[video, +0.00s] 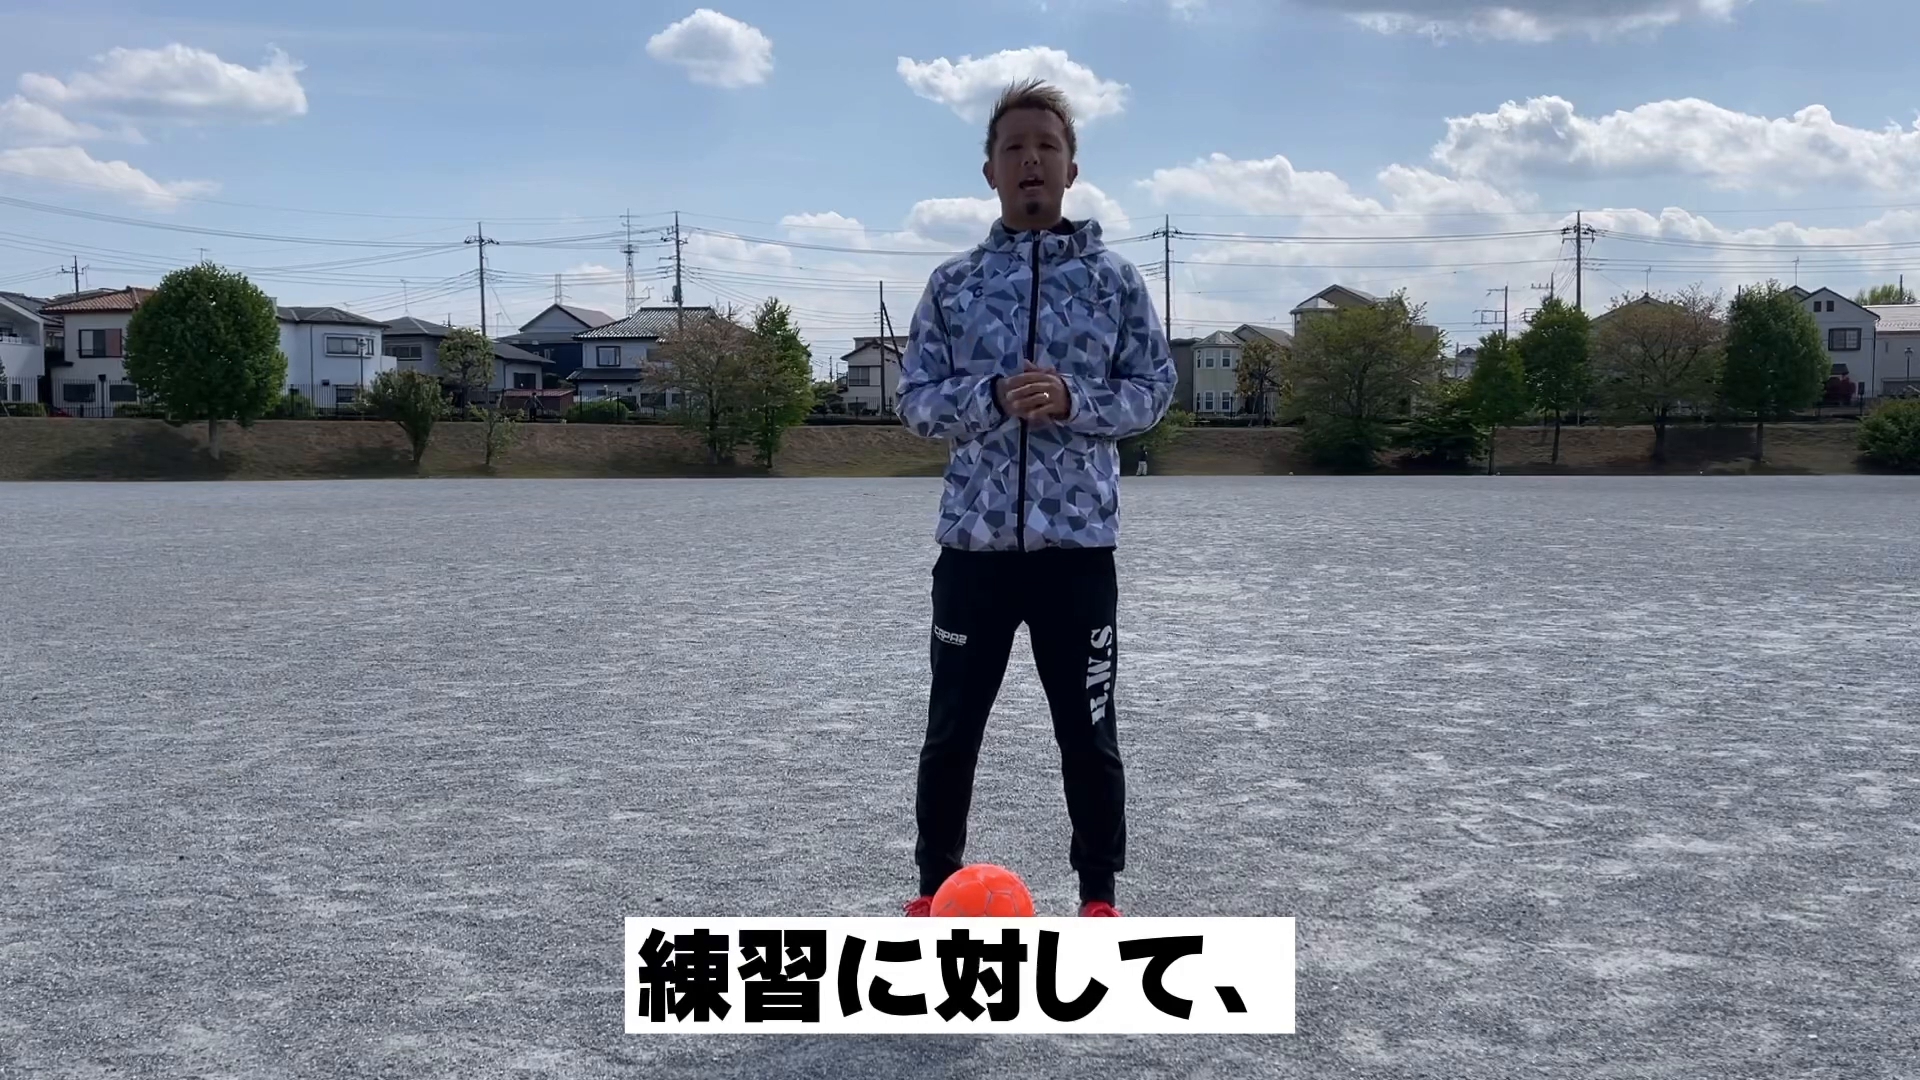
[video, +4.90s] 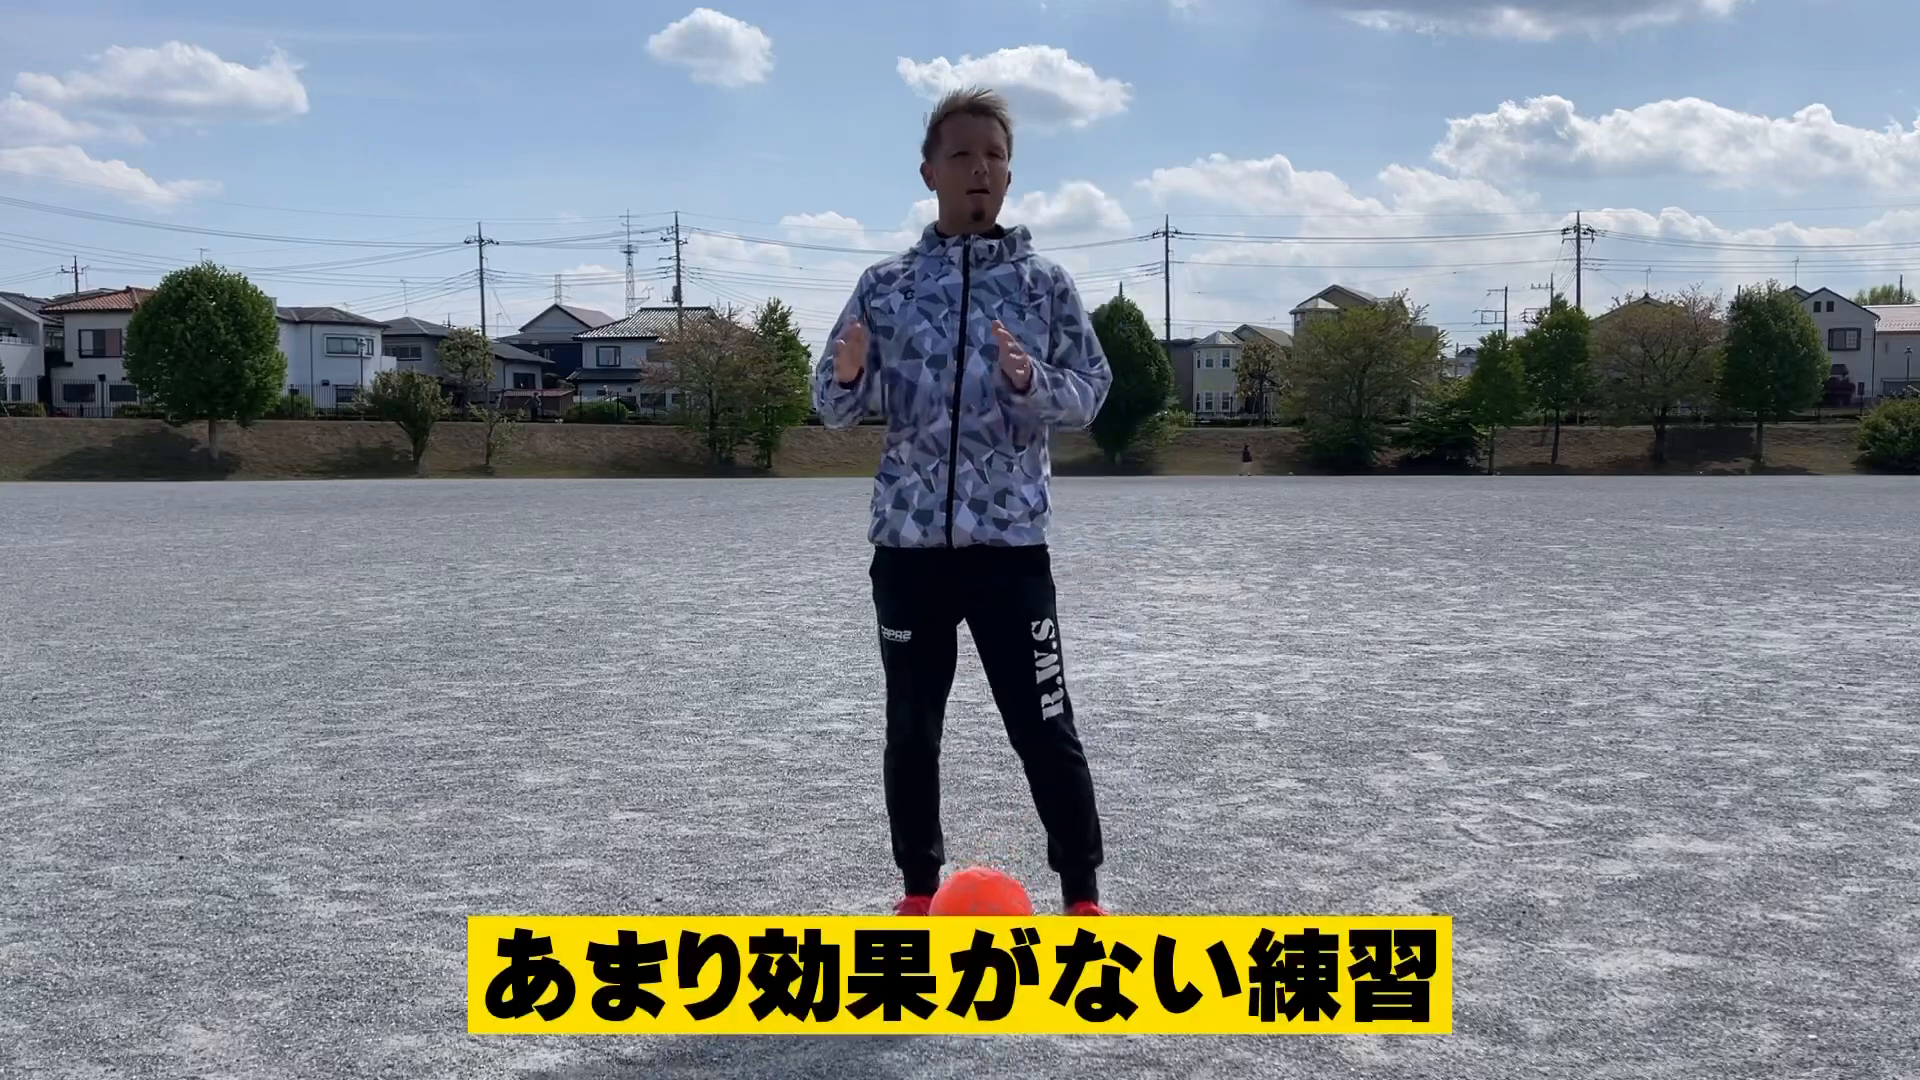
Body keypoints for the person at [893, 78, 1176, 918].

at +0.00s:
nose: (1031, 162)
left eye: (1048, 147)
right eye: (1014, 148)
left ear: (1071, 167)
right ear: (991, 169)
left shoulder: (1115, 281)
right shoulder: (953, 284)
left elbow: (1151, 392)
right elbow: (919, 399)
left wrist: (1077, 402)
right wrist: (990, 397)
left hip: (1075, 539)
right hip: (974, 538)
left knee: (1087, 728)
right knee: (951, 727)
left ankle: (1098, 898)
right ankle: (933, 895)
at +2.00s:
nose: (936, 169)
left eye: (948, 153)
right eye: (916, 156)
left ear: (971, 167)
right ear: (891, 178)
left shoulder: (1023, 279)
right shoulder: (867, 295)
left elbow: (1073, 384)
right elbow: (836, 414)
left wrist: (1002, 399)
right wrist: (918, 414)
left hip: (1012, 535)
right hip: (913, 540)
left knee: (1055, 708)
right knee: (916, 723)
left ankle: (1094, 886)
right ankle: (927, 892)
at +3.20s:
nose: (1067, 161)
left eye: (1083, 149)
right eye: (1051, 147)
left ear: (1102, 169)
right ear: (1022, 165)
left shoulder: (1134, 288)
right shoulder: (972, 281)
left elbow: (1171, 400)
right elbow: (916, 393)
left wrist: (1131, 372)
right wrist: (946, 374)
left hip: (1086, 538)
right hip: (984, 534)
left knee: (1090, 728)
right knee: (954, 725)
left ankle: (1093, 898)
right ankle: (930, 891)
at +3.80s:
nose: (1111, 167)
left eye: (1128, 155)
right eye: (1096, 152)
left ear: (1150, 174)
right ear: (1069, 163)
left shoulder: (1174, 291)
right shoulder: (1014, 272)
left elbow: (1206, 405)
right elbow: (965, 387)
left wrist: (1125, 416)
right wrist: (1041, 403)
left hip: (1109, 538)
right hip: (1008, 526)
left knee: (1102, 726)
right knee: (968, 667)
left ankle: (1091, 900)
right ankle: (1016, 794)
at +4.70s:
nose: (1007, 165)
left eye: (1019, 150)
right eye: (986, 154)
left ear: (1036, 165)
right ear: (956, 174)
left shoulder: (1076, 289)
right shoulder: (914, 286)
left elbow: (1109, 393)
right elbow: (874, 398)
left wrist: (1066, 420)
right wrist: (911, 389)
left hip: (1027, 538)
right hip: (928, 538)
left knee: (1056, 725)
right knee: (921, 724)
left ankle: (1087, 899)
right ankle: (921, 890)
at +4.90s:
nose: (983, 169)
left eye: (996, 156)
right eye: (963, 155)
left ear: (1010, 171)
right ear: (929, 171)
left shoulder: (1042, 282)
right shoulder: (884, 285)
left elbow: (1089, 392)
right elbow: (836, 406)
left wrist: (1034, 382)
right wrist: (845, 377)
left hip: (1007, 535)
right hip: (909, 536)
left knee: (1043, 719)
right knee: (910, 725)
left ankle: (1082, 897)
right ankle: (917, 894)